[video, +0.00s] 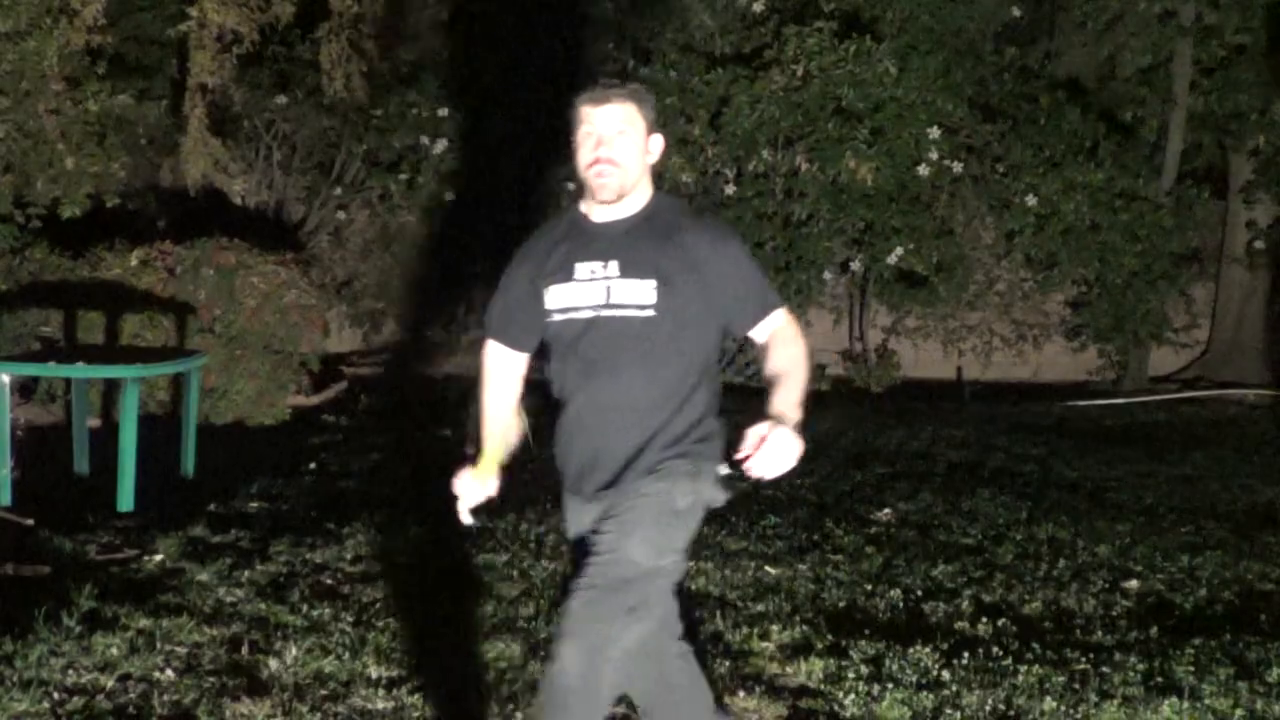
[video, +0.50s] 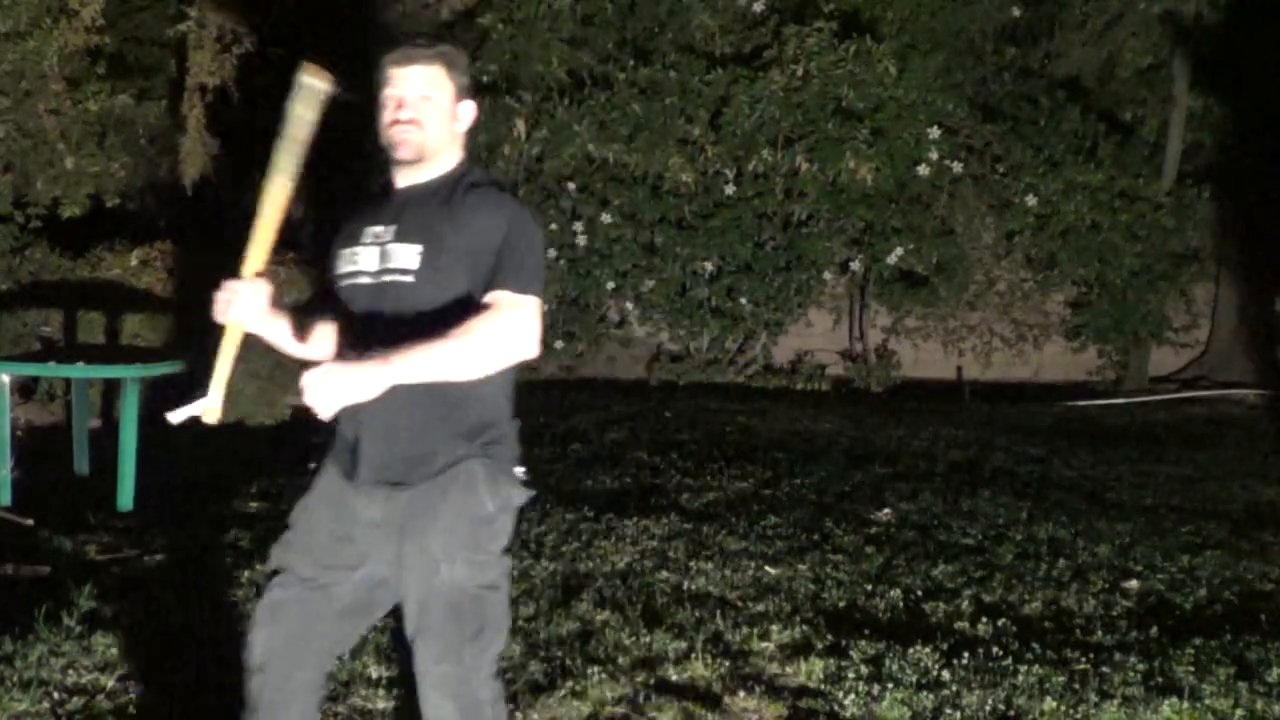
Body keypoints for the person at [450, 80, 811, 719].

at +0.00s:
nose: (600, 151)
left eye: (618, 137)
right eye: (588, 138)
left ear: (654, 148)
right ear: (573, 152)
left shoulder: (702, 246)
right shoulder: (542, 256)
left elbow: (783, 337)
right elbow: (503, 364)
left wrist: (784, 418)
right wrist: (491, 460)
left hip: (673, 477)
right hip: (586, 490)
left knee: (588, 640)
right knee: (657, 669)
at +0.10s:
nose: (564, 146)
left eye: (583, 133)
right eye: (552, 133)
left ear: (621, 147)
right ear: (536, 147)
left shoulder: (655, 253)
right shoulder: (512, 245)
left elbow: (739, 353)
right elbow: (471, 354)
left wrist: (717, 459)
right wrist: (441, 432)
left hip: (614, 490)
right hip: (540, 493)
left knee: (529, 672)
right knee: (612, 666)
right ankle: (679, 718)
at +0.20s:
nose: (524, 131)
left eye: (544, 118)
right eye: (514, 118)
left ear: (585, 136)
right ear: (500, 133)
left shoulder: (617, 245)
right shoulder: (484, 230)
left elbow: (674, 366)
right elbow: (442, 338)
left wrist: (620, 488)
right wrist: (405, 399)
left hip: (564, 484)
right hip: (484, 483)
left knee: (488, 671)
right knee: (517, 660)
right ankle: (621, 714)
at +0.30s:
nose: (486, 120)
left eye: (506, 107)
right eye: (476, 107)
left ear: (548, 122)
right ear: (463, 120)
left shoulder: (584, 230)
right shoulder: (450, 223)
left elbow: (610, 355)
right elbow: (415, 332)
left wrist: (510, 456)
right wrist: (369, 359)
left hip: (529, 478)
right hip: (439, 467)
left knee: (481, 675)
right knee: (398, 623)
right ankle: (475, 709)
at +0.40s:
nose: (442, 111)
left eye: (463, 98)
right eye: (433, 99)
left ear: (509, 113)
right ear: (420, 116)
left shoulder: (543, 216)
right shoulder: (404, 221)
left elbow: (558, 339)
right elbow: (373, 330)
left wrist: (427, 403)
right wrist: (320, 326)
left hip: (495, 466)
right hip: (395, 461)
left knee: (469, 677)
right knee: (337, 616)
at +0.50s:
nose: (398, 112)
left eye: (420, 99)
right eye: (388, 100)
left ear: (464, 114)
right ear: (375, 115)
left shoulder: (501, 218)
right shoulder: (359, 226)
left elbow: (516, 333)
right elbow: (336, 341)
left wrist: (373, 373)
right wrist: (269, 320)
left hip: (459, 480)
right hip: (353, 481)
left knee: (455, 688)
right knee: (278, 657)